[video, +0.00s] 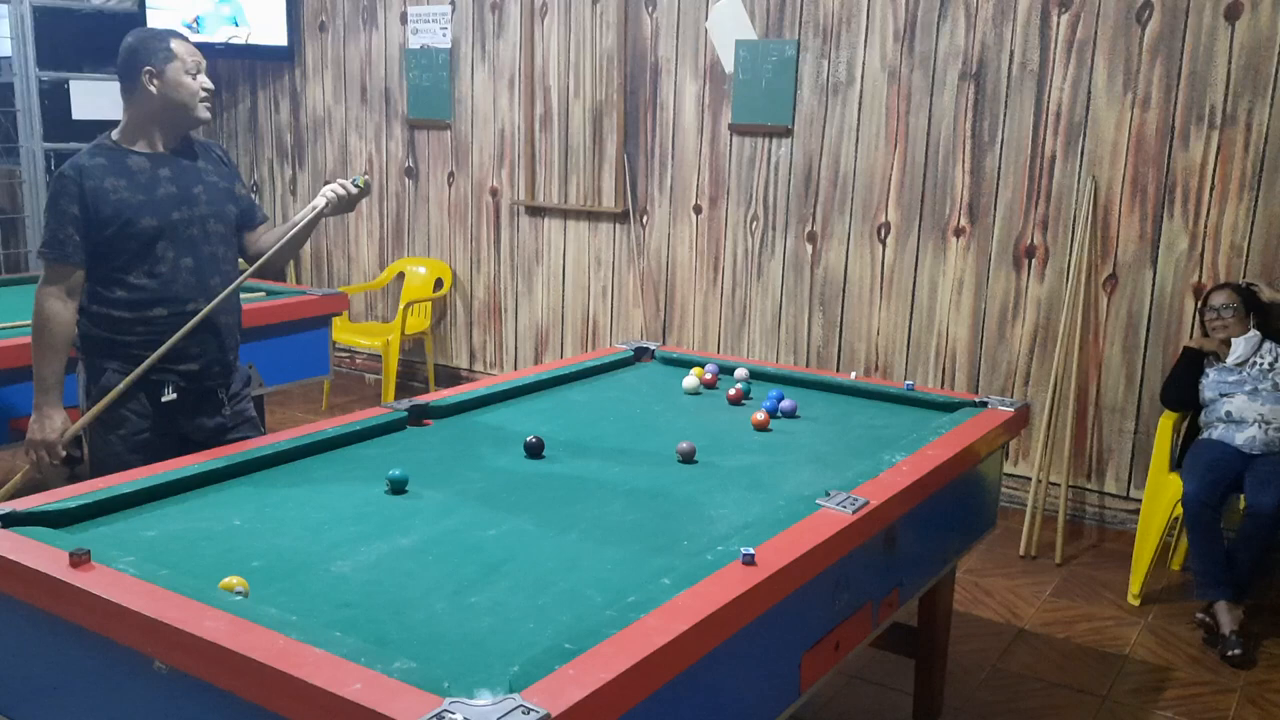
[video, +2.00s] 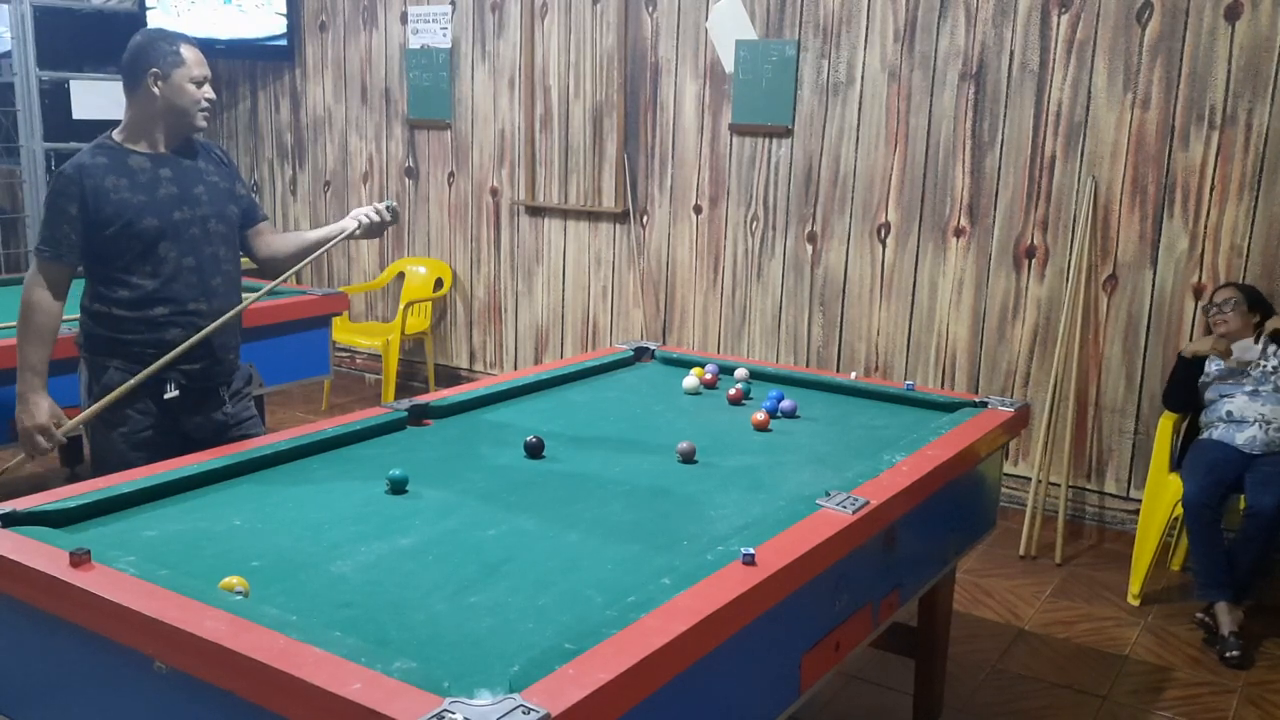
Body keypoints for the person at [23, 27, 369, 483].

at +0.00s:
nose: (209, 84)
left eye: (206, 73)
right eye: (195, 72)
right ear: (152, 79)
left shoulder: (213, 160)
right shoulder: (83, 177)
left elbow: (264, 255)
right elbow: (59, 293)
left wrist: (320, 206)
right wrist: (46, 407)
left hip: (222, 393)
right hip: (128, 402)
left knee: (248, 539)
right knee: (138, 548)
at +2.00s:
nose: (212, 97)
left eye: (210, 85)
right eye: (199, 84)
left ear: (160, 84)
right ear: (156, 83)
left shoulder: (214, 162)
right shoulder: (85, 175)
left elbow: (268, 251)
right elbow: (46, 285)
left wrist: (347, 225)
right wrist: (31, 393)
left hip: (223, 387)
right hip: (130, 400)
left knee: (255, 534)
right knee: (141, 549)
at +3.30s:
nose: (195, 92)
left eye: (195, 81)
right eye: (181, 80)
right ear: (136, 83)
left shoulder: (207, 154)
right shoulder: (81, 186)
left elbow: (245, 248)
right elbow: (61, 306)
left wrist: (287, 322)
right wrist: (58, 412)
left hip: (235, 379)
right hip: (144, 393)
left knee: (268, 523)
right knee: (157, 538)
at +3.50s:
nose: (198, 93)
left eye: (198, 81)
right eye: (184, 80)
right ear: (138, 84)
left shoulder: (210, 154)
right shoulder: (87, 185)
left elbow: (250, 251)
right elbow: (67, 303)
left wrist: (303, 328)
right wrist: (67, 416)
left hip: (239, 376)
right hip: (149, 388)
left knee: (274, 518)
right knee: (163, 531)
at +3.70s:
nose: (208, 94)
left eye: (208, 83)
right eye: (194, 81)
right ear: (149, 84)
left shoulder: (222, 155)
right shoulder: (95, 185)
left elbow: (266, 252)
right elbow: (81, 298)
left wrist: (321, 328)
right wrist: (75, 408)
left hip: (247, 377)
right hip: (158, 388)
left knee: (279, 522)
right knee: (166, 535)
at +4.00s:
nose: (234, 92)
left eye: (237, 81)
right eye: (217, 79)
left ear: (241, 85)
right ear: (172, 84)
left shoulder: (254, 158)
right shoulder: (129, 179)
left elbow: (293, 257)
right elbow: (110, 292)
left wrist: (340, 337)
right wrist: (108, 398)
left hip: (271, 377)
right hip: (182, 385)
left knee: (292, 527)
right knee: (186, 527)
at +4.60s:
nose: (286, 88)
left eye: (293, 77)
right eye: (270, 76)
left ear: (301, 84)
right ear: (234, 82)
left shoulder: (307, 165)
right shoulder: (202, 171)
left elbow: (322, 261)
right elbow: (189, 277)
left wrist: (364, 337)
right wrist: (185, 385)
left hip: (317, 362)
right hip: (249, 364)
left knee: (321, 493)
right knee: (265, 500)